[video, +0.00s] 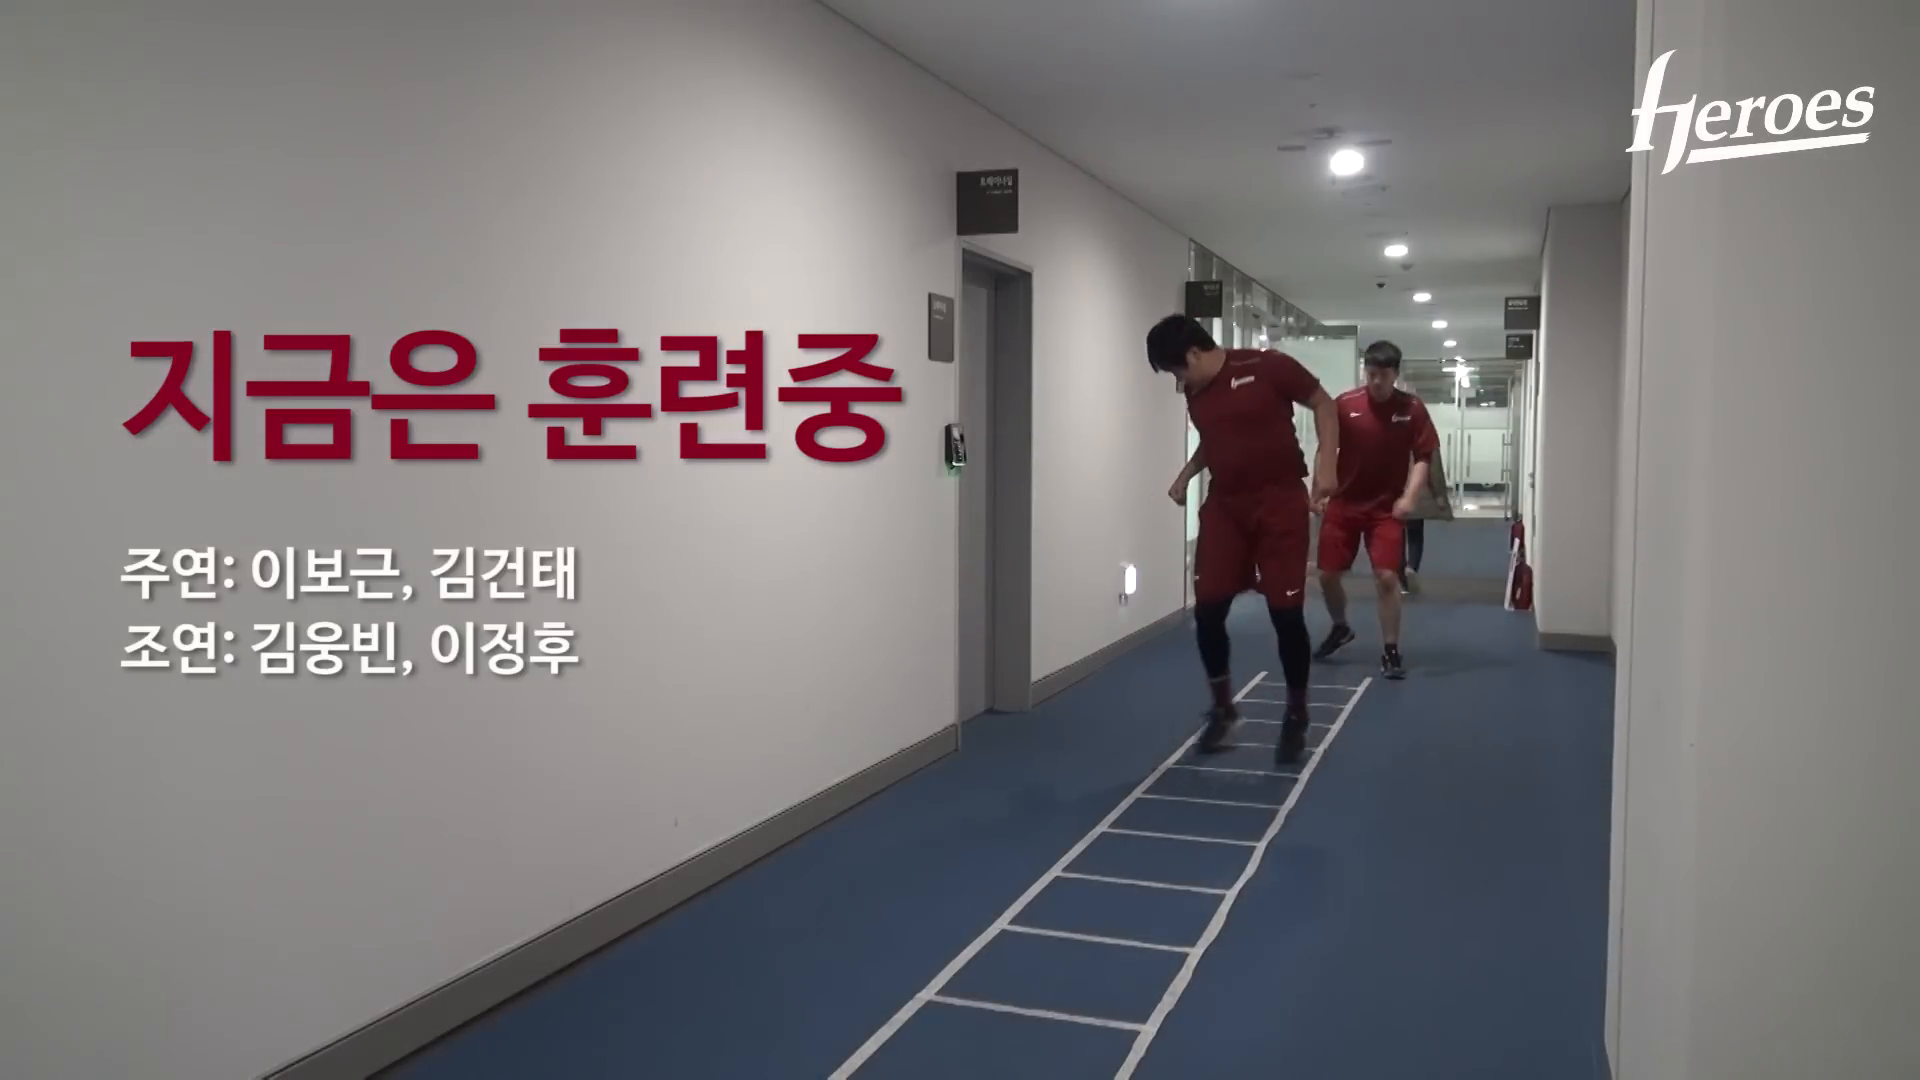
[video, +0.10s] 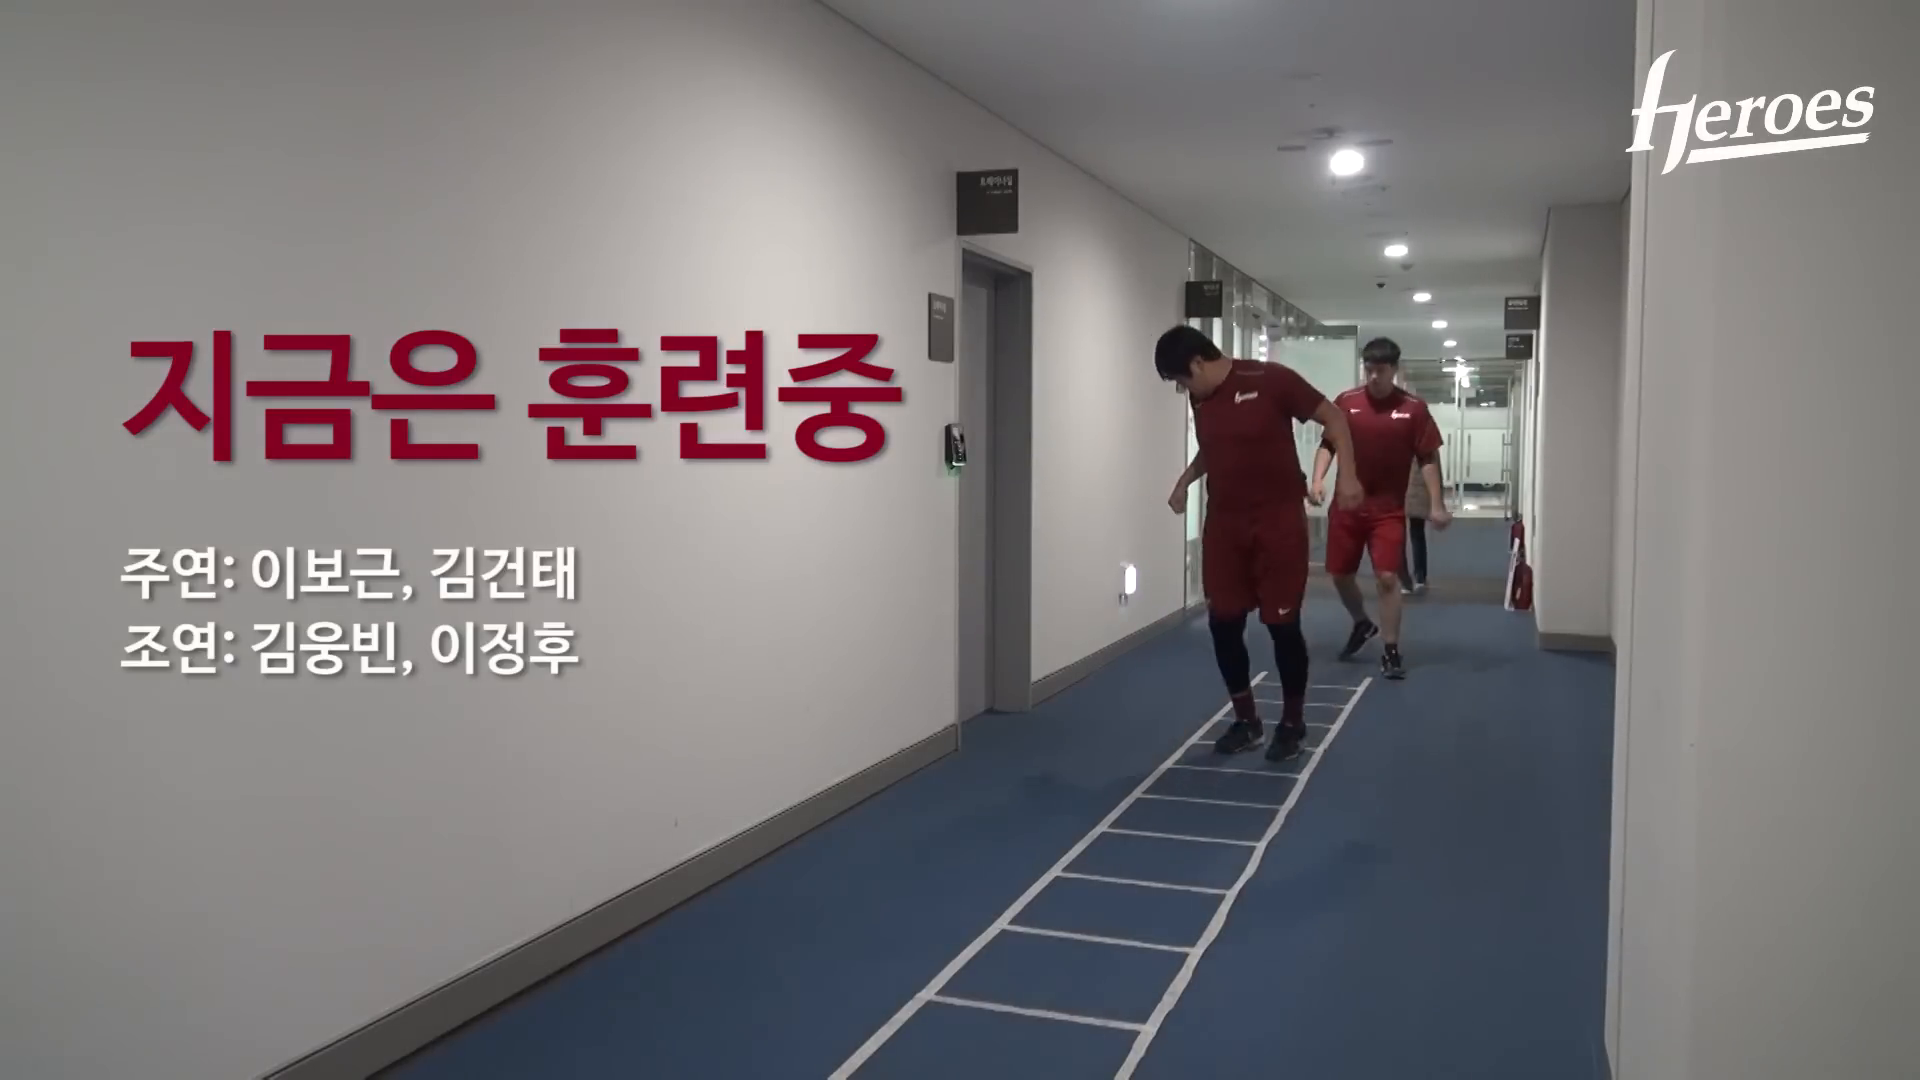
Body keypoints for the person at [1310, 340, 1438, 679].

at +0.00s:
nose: (1378, 380)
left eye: (1385, 374)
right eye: (1372, 373)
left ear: (1397, 374)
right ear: (1364, 371)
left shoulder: (1412, 409)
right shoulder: (1343, 405)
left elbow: (1422, 456)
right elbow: (1325, 448)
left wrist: (1409, 497)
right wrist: (1319, 489)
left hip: (1386, 508)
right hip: (1342, 505)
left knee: (1387, 578)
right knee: (1328, 574)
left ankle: (1391, 650)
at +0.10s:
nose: (1375, 373)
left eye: (1382, 366)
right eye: (1370, 366)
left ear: (1395, 369)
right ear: (1363, 367)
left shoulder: (1414, 409)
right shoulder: (1346, 403)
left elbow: (1428, 459)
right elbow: (1327, 444)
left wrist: (1437, 505)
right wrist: (1316, 481)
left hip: (1389, 511)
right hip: (1347, 508)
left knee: (1387, 578)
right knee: (1340, 574)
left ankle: (1391, 649)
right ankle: (1362, 623)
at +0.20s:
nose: (1366, 375)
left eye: (1373, 368)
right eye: (1362, 368)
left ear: (1389, 369)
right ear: (1358, 370)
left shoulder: (1413, 409)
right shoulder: (1345, 404)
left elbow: (1432, 460)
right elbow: (1329, 444)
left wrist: (1453, 498)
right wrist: (1317, 473)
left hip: (1389, 510)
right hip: (1349, 508)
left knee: (1387, 576)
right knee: (1353, 575)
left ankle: (1391, 648)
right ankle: (1367, 629)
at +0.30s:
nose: (1352, 374)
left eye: (1357, 368)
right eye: (1350, 368)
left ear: (1378, 369)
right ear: (1351, 371)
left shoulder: (1409, 409)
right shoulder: (1344, 408)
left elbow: (1434, 456)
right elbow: (1329, 448)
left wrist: (1455, 494)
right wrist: (1315, 474)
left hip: (1388, 512)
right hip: (1350, 510)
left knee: (1386, 577)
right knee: (1358, 576)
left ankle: (1390, 648)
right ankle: (1371, 635)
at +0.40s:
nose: (1340, 378)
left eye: (1343, 371)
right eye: (1340, 371)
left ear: (1359, 372)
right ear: (1359, 372)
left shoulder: (1404, 409)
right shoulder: (1345, 410)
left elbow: (1430, 455)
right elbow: (1333, 453)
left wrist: (1447, 493)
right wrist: (1313, 485)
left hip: (1387, 511)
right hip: (1351, 509)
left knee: (1385, 577)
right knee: (1360, 575)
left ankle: (1391, 646)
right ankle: (1371, 635)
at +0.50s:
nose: (1338, 379)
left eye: (1339, 373)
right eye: (1338, 373)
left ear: (1349, 371)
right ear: (1359, 369)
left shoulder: (1400, 405)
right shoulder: (1346, 410)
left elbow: (1420, 454)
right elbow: (1337, 461)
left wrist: (1431, 495)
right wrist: (1318, 499)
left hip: (1388, 507)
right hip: (1353, 506)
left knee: (1386, 574)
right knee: (1361, 573)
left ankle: (1391, 643)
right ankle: (1372, 635)